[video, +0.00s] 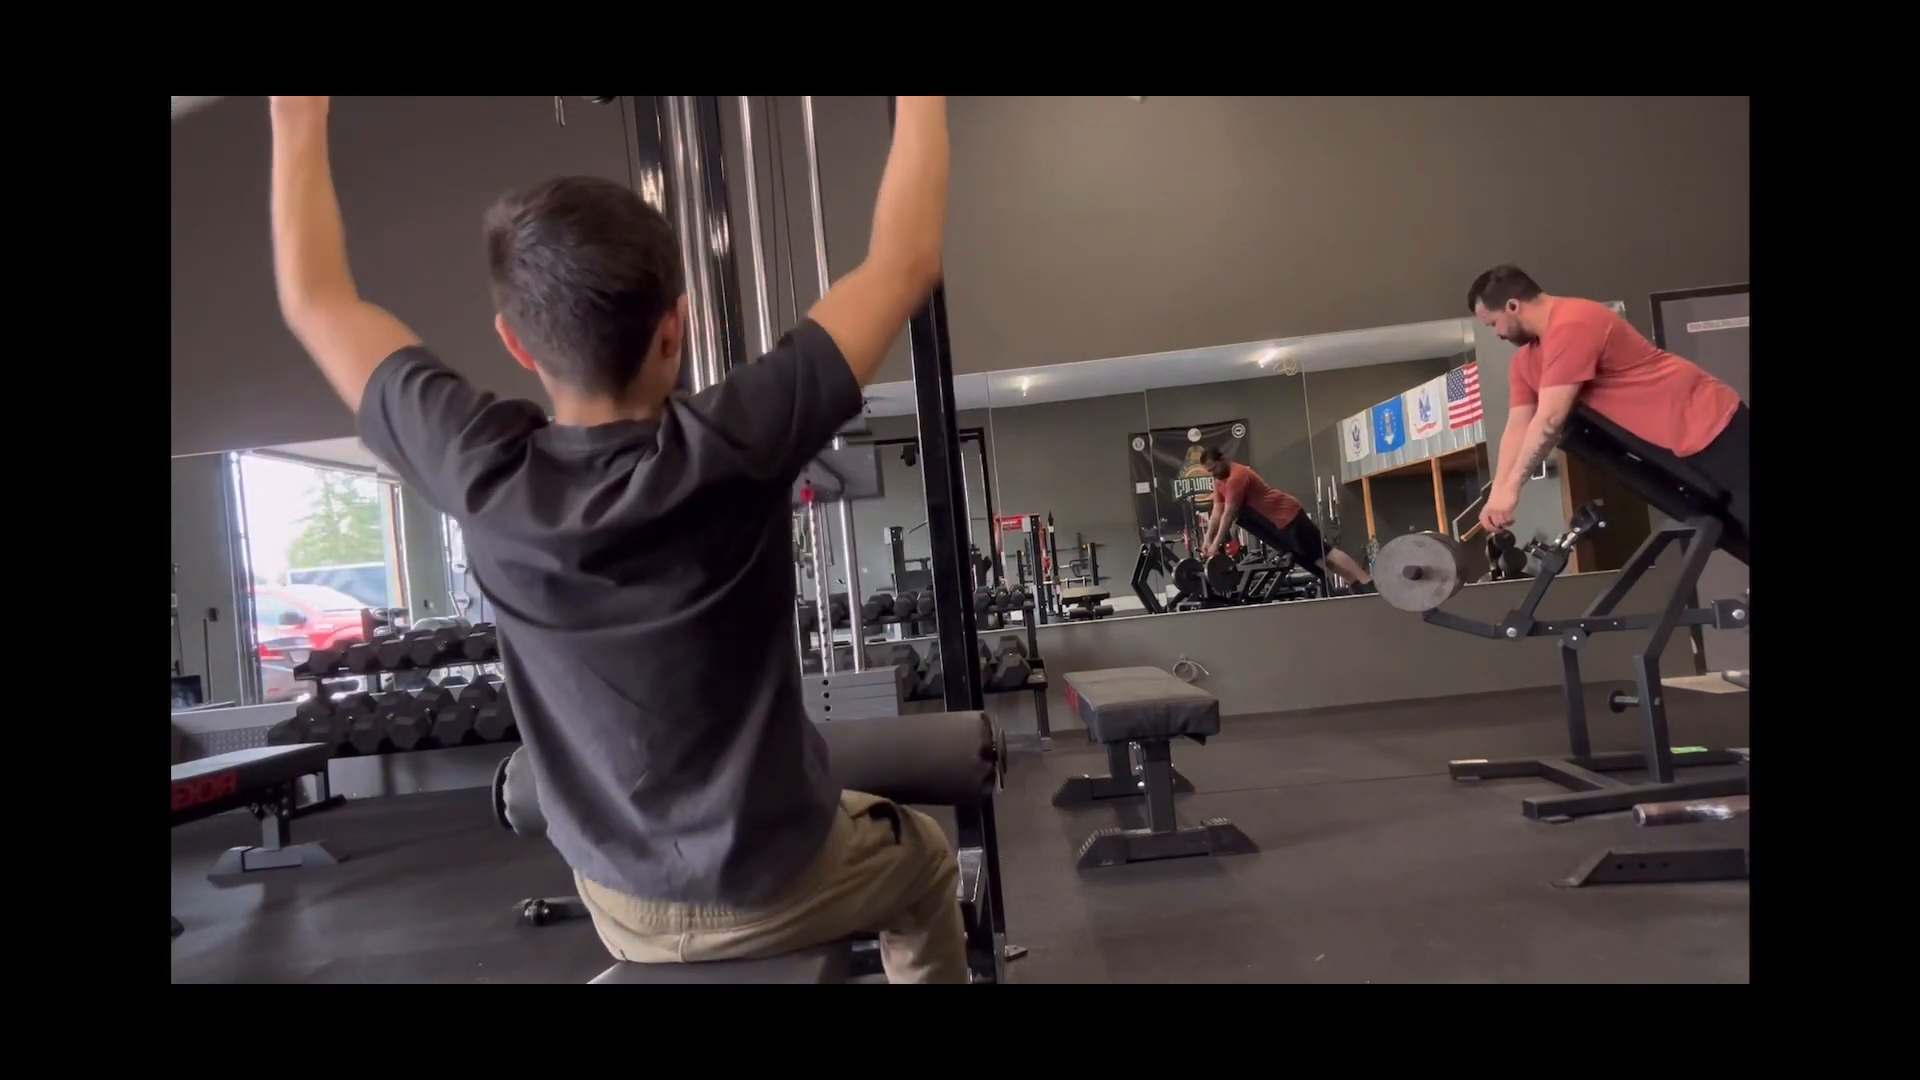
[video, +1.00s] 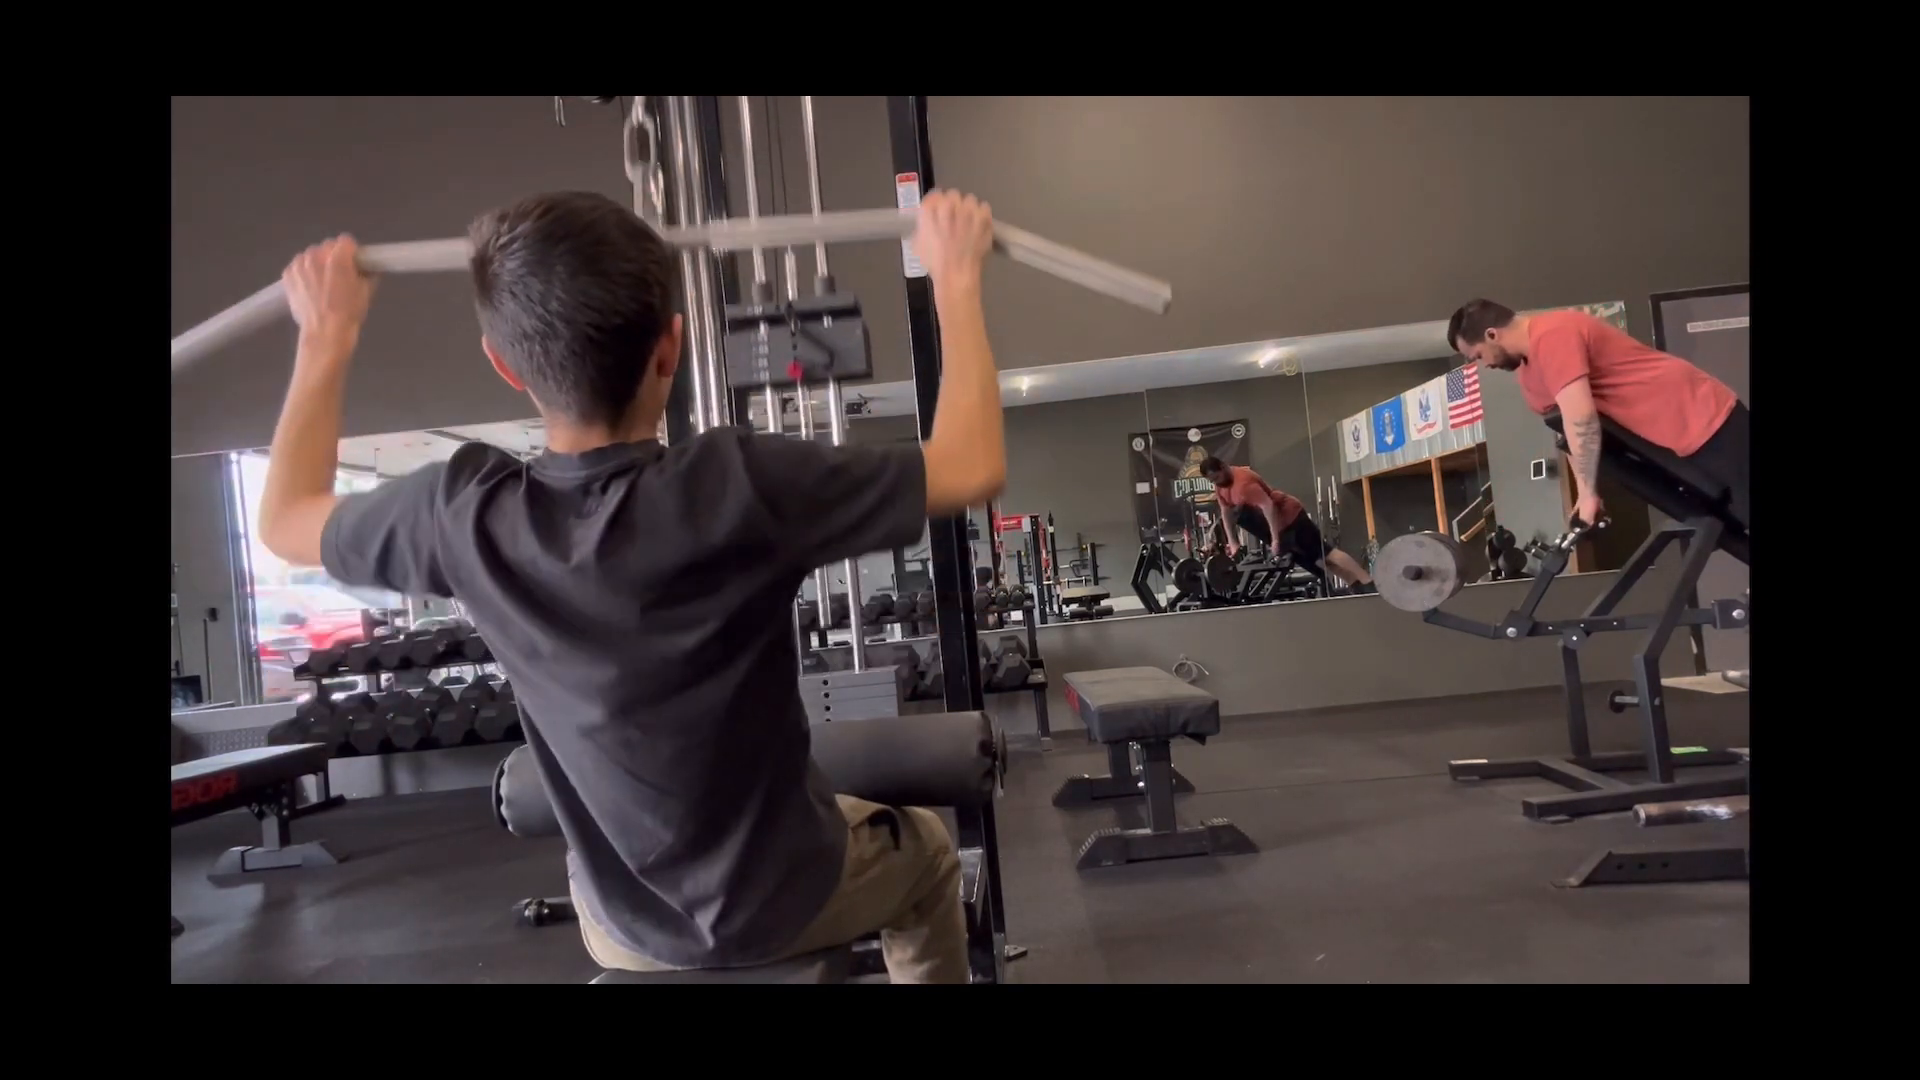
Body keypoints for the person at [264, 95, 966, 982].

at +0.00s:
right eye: (681, 302)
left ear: (513, 342)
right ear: (676, 326)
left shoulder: (485, 464)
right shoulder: (737, 442)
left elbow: (314, 298)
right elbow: (903, 267)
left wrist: (296, 116)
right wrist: (921, 91)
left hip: (617, 909)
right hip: (773, 898)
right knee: (922, 859)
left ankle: (634, 975)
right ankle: (926, 976)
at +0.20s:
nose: (670, 331)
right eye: (671, 316)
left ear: (493, 366)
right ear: (661, 344)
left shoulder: (459, 516)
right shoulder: (738, 482)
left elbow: (245, 463)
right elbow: (968, 426)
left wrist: (295, 269)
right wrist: (950, 234)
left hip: (615, 915)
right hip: (774, 889)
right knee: (921, 865)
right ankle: (930, 976)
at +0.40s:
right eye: (678, 315)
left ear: (504, 365)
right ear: (673, 342)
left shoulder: (465, 543)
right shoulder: (751, 502)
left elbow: (241, 652)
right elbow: (971, 604)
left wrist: (304, 445)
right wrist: (968, 412)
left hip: (618, 914)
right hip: (784, 898)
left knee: (602, 883)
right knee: (922, 860)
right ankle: (925, 981)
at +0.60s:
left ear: (516, 361)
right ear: (684, 338)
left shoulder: (486, 538)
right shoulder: (757, 506)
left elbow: (295, 732)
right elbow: (936, 682)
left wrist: (316, 519)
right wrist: (969, 486)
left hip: (613, 906)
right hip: (783, 893)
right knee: (923, 863)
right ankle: (926, 980)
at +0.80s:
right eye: (686, 315)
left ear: (514, 365)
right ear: (682, 340)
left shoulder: (475, 539)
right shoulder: (756, 503)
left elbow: (274, 680)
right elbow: (967, 620)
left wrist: (320, 477)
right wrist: (968, 430)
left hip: (615, 910)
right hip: (784, 897)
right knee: (924, 861)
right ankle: (928, 977)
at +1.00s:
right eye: (679, 321)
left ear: (504, 368)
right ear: (672, 346)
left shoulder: (467, 515)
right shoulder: (743, 485)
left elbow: (288, 525)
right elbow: (971, 466)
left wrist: (323, 338)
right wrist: (957, 281)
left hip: (612, 911)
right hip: (775, 895)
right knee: (926, 864)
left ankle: (615, 970)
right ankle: (932, 978)